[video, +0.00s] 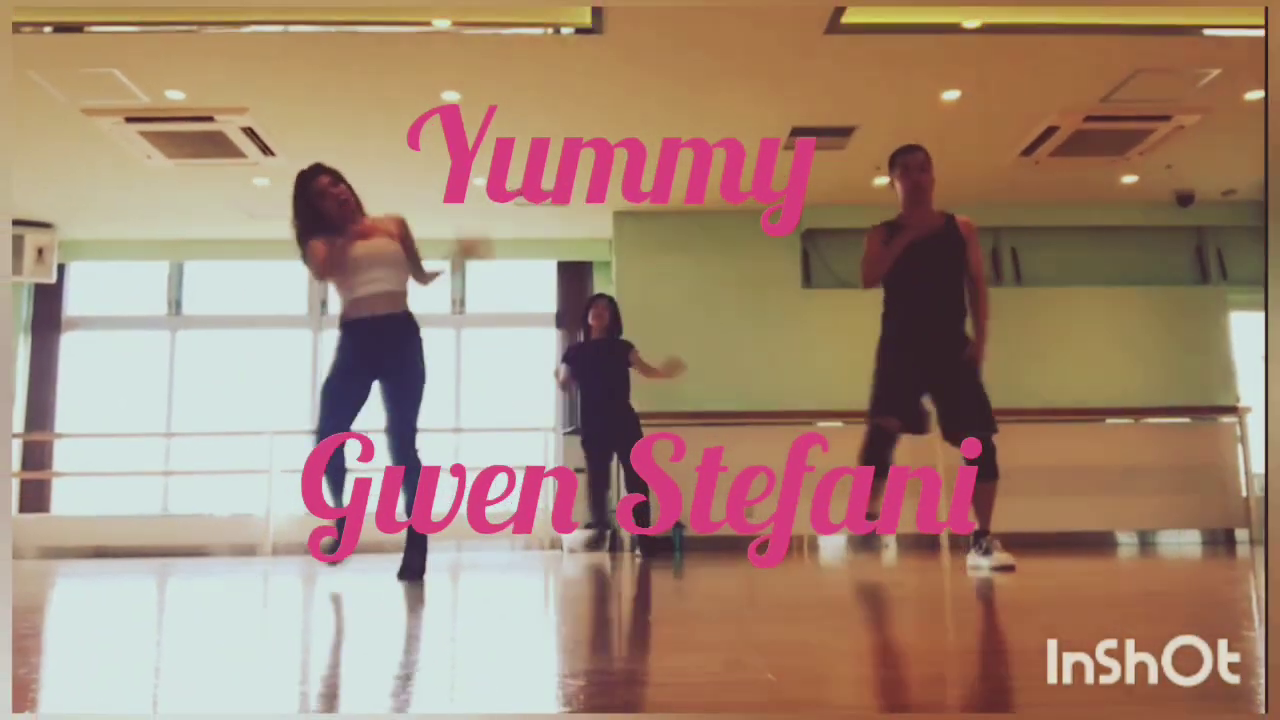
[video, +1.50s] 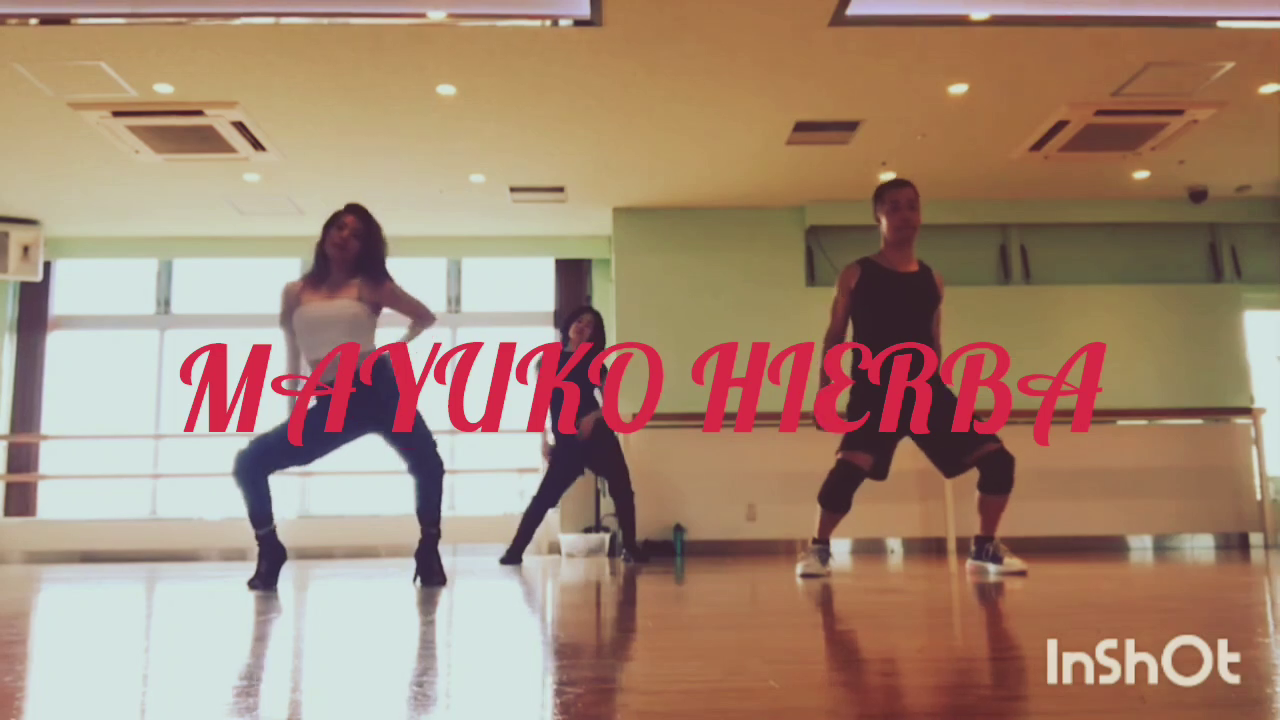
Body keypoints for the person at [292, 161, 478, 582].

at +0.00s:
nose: (337, 191)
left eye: (337, 182)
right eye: (324, 191)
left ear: (349, 186)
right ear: (315, 208)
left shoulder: (393, 226)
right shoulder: (320, 242)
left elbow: (421, 275)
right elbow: (325, 270)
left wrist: (456, 259)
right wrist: (342, 236)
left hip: (400, 337)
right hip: (356, 341)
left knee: (402, 443)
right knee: (329, 435)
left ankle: (417, 531)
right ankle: (341, 514)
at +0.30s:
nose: (368, 225)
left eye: (376, 220)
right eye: (362, 215)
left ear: (385, 230)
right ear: (343, 219)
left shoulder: (388, 274)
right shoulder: (316, 271)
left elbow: (412, 325)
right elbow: (301, 327)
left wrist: (388, 365)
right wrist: (284, 376)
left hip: (375, 381)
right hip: (327, 381)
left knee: (420, 456)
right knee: (282, 460)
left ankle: (433, 547)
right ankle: (279, 544)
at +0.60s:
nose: (351, 239)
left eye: (362, 241)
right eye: (351, 230)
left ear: (370, 258)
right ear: (337, 235)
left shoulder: (371, 294)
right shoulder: (299, 288)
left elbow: (407, 335)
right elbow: (288, 350)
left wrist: (388, 369)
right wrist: (275, 408)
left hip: (374, 399)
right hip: (325, 407)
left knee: (424, 464)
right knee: (256, 467)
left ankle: (432, 551)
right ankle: (272, 549)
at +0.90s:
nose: (349, 197)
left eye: (361, 196)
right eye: (347, 188)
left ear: (373, 210)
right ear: (334, 193)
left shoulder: (376, 244)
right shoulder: (299, 240)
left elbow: (409, 292)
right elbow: (285, 308)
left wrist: (390, 328)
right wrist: (284, 364)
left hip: (375, 347)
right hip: (325, 352)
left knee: (406, 449)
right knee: (281, 456)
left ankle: (429, 545)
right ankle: (271, 548)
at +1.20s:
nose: (350, 223)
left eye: (360, 219)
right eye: (345, 215)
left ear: (371, 230)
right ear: (332, 221)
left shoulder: (383, 274)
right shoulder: (307, 279)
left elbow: (418, 323)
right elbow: (299, 336)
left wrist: (388, 353)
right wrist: (296, 376)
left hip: (357, 389)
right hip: (307, 388)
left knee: (411, 454)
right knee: (256, 465)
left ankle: (426, 547)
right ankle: (270, 550)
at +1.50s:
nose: (344, 237)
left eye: (355, 234)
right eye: (339, 229)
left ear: (366, 246)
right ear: (325, 235)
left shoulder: (373, 287)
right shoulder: (295, 293)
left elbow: (425, 317)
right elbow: (293, 356)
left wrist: (395, 350)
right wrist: (294, 411)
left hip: (380, 399)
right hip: (331, 408)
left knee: (429, 467)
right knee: (249, 463)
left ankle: (429, 549)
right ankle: (269, 549)